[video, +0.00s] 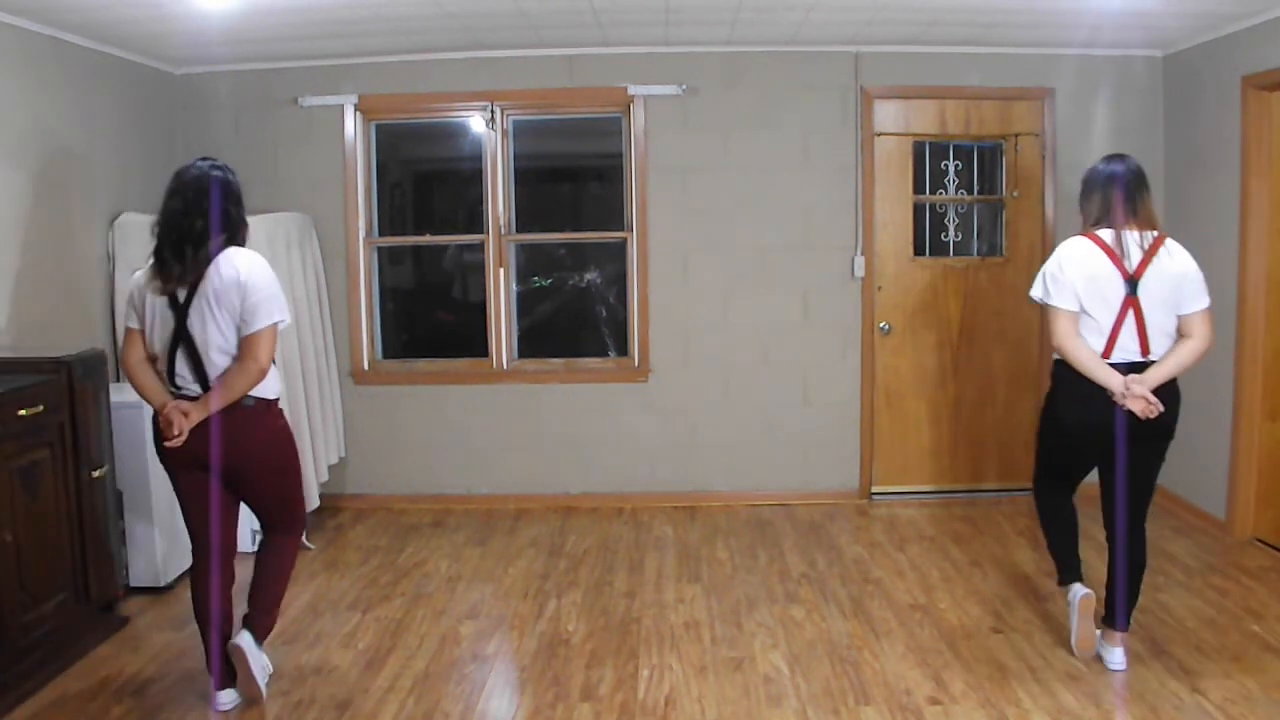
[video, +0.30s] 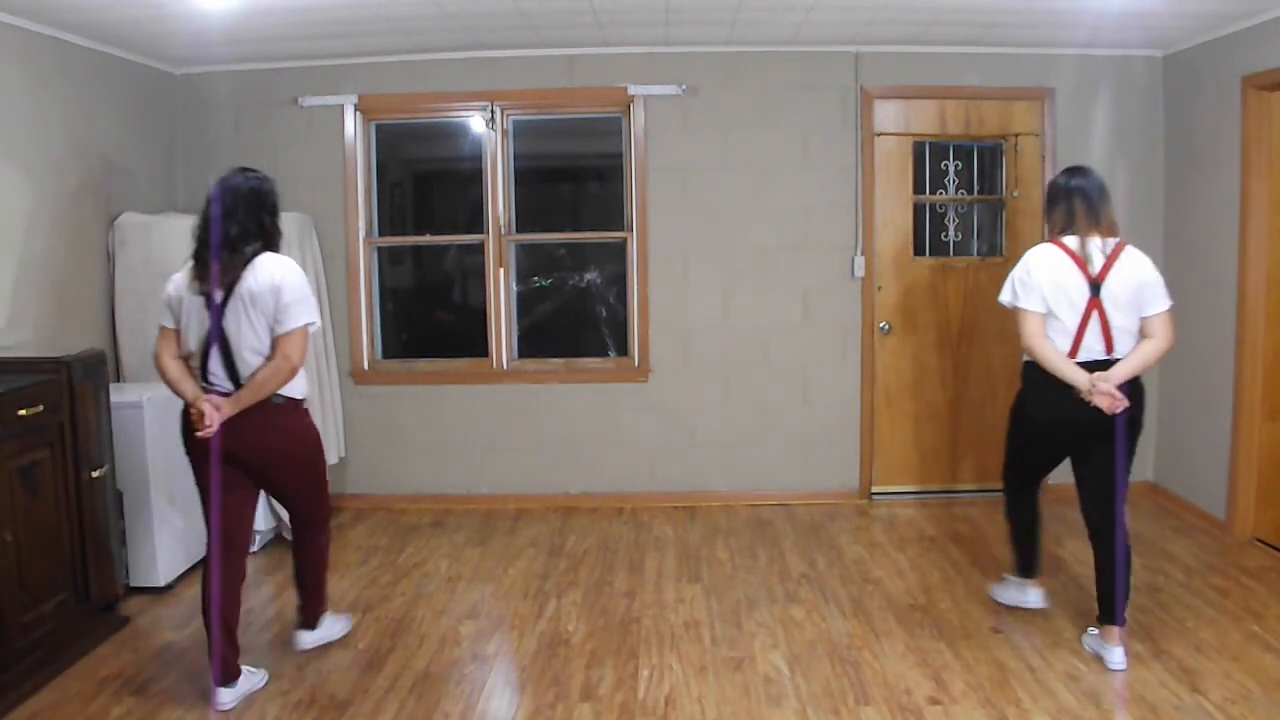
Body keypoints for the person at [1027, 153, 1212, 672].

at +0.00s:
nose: (1092, 204)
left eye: (1091, 195)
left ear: (1090, 198)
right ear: (1143, 197)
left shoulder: (1072, 255)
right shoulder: (1176, 256)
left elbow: (1065, 340)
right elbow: (1199, 337)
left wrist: (1118, 384)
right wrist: (1145, 382)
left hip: (1084, 397)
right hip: (1154, 398)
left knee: (1054, 484)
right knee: (1129, 517)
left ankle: (1073, 585)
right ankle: (1117, 637)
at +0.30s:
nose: (1050, 212)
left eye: (1052, 204)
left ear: (1053, 208)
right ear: (1104, 205)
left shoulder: (1038, 261)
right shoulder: (1136, 261)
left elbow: (1033, 342)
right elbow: (1161, 337)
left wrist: (1087, 383)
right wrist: (1111, 378)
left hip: (1051, 398)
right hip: (1116, 399)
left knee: (1021, 480)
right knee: (1108, 517)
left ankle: (1026, 581)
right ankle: (1113, 635)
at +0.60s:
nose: (980, 223)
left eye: (981, 215)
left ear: (985, 219)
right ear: (1031, 217)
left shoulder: (974, 270)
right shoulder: (1063, 267)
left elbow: (973, 342)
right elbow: (1085, 335)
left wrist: (1021, 383)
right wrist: (1043, 379)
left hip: (989, 389)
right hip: (1051, 389)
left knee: (968, 480)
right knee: (1053, 498)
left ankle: (952, 563)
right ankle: (1094, 595)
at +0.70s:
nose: (960, 216)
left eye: (959, 208)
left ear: (964, 212)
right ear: (1008, 210)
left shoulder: (952, 263)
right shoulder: (1038, 258)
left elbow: (952, 336)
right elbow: (1062, 326)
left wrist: (1001, 370)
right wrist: (1024, 365)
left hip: (967, 384)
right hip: (1024, 383)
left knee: (955, 477)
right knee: (1021, 483)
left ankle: (949, 563)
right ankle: (1061, 560)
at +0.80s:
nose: (941, 212)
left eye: (943, 205)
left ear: (949, 207)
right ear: (992, 204)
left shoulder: (940, 255)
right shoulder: (1022, 251)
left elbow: (941, 326)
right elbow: (1042, 319)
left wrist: (986, 362)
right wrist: (1007, 359)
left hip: (952, 374)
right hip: (1008, 375)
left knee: (950, 470)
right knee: (989, 461)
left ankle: (949, 563)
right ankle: (1021, 534)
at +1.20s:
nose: (902, 214)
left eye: (905, 206)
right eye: (902, 206)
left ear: (921, 205)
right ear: (945, 203)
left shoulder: (924, 245)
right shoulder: (967, 243)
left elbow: (946, 314)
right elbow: (983, 303)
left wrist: (977, 350)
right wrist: (980, 345)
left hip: (932, 361)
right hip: (958, 360)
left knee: (925, 453)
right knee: (913, 443)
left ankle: (953, 555)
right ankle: (965, 518)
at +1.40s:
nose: (885, 219)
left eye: (888, 210)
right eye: (885, 211)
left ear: (906, 208)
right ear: (921, 207)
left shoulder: (914, 249)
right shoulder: (935, 247)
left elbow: (933, 309)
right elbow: (957, 307)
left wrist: (965, 348)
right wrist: (967, 347)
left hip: (924, 365)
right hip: (928, 361)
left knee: (935, 460)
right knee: (878, 443)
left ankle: (958, 555)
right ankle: (931, 515)